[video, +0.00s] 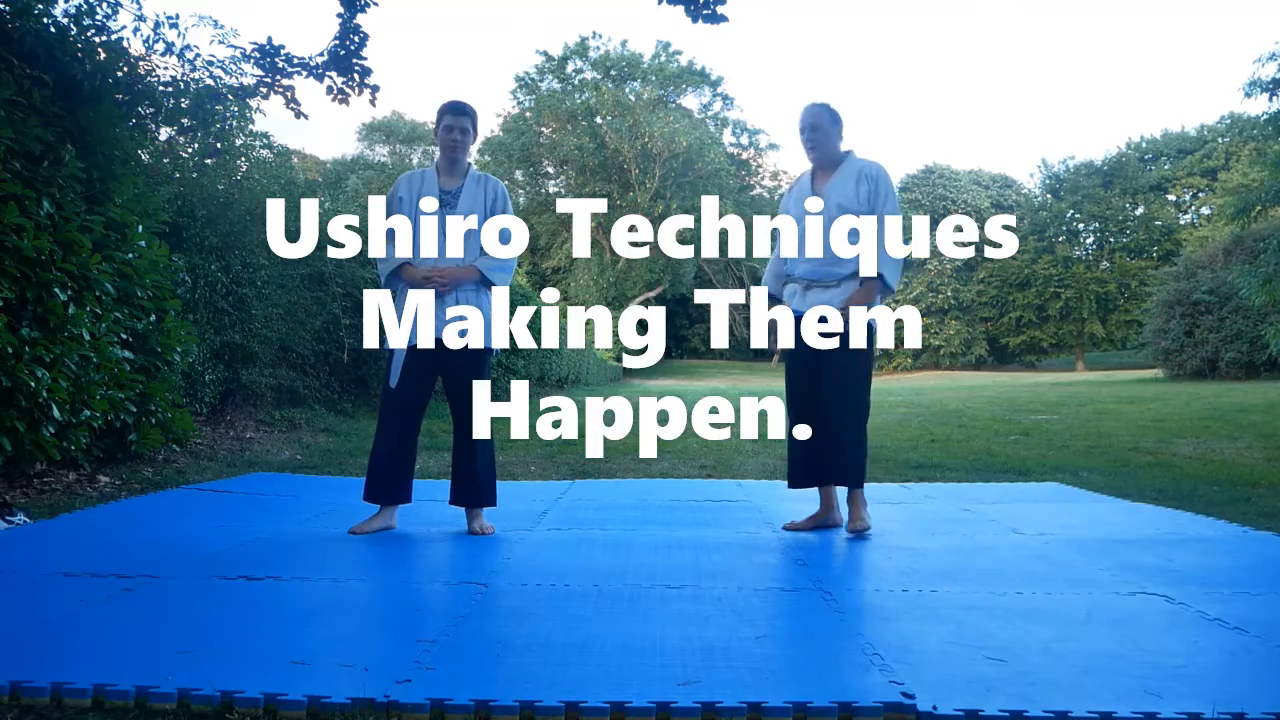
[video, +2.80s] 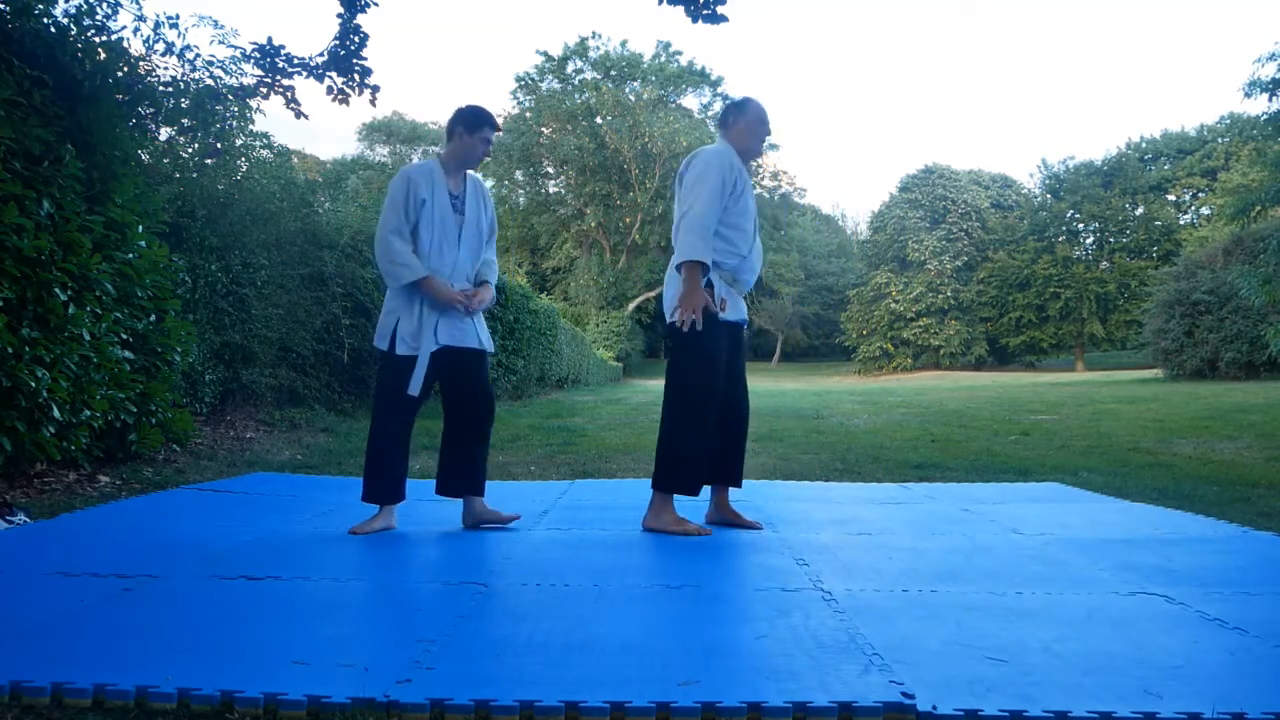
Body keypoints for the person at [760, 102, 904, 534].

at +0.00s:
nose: (808, 138)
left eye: (815, 130)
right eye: (803, 132)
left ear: (839, 132)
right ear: (798, 138)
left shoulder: (868, 175)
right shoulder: (795, 193)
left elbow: (890, 240)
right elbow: (780, 256)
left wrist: (865, 293)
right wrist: (771, 301)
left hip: (850, 306)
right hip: (800, 309)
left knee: (847, 406)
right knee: (810, 408)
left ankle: (856, 502)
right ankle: (827, 506)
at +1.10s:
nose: (771, 131)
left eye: (780, 122)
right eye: (768, 123)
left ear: (808, 122)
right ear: (768, 126)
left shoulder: (835, 165)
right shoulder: (767, 180)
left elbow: (850, 231)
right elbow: (750, 244)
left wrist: (829, 290)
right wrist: (726, 302)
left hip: (809, 307)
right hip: (761, 307)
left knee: (800, 408)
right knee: (741, 401)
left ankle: (792, 512)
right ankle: (782, 487)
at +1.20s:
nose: (767, 130)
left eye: (775, 122)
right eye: (764, 123)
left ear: (803, 121)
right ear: (766, 125)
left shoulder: (832, 165)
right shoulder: (763, 179)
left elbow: (848, 231)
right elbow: (746, 243)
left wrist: (825, 290)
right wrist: (726, 301)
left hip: (807, 306)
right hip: (757, 306)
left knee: (799, 410)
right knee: (735, 403)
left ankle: (791, 514)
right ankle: (751, 497)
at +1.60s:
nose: (738, 129)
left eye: (747, 121)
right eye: (734, 121)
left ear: (774, 123)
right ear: (732, 124)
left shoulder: (802, 169)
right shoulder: (721, 178)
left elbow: (822, 236)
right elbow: (700, 245)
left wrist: (832, 301)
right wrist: (678, 305)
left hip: (781, 305)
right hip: (725, 306)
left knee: (783, 411)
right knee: (711, 409)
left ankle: (789, 514)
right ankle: (699, 508)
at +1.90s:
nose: (731, 125)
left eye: (740, 118)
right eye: (725, 118)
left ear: (756, 124)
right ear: (715, 124)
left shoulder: (778, 174)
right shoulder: (694, 173)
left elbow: (804, 238)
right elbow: (658, 223)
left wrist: (838, 292)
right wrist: (624, 266)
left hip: (762, 304)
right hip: (704, 303)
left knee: (762, 407)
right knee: (696, 405)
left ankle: (766, 505)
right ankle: (698, 506)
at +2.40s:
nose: (756, 124)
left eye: (762, 118)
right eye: (749, 116)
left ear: (767, 129)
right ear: (727, 124)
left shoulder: (769, 187)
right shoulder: (708, 166)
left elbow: (774, 254)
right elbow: (678, 213)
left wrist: (779, 312)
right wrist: (661, 258)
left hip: (752, 304)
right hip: (707, 297)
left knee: (744, 403)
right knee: (703, 400)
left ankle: (721, 505)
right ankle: (692, 505)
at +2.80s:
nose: (766, 139)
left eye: (767, 132)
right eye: (761, 129)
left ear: (741, 126)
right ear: (736, 124)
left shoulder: (737, 171)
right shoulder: (715, 158)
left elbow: (719, 233)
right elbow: (694, 222)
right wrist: (691, 285)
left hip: (728, 302)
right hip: (700, 298)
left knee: (731, 404)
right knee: (689, 402)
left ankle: (720, 503)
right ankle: (660, 508)